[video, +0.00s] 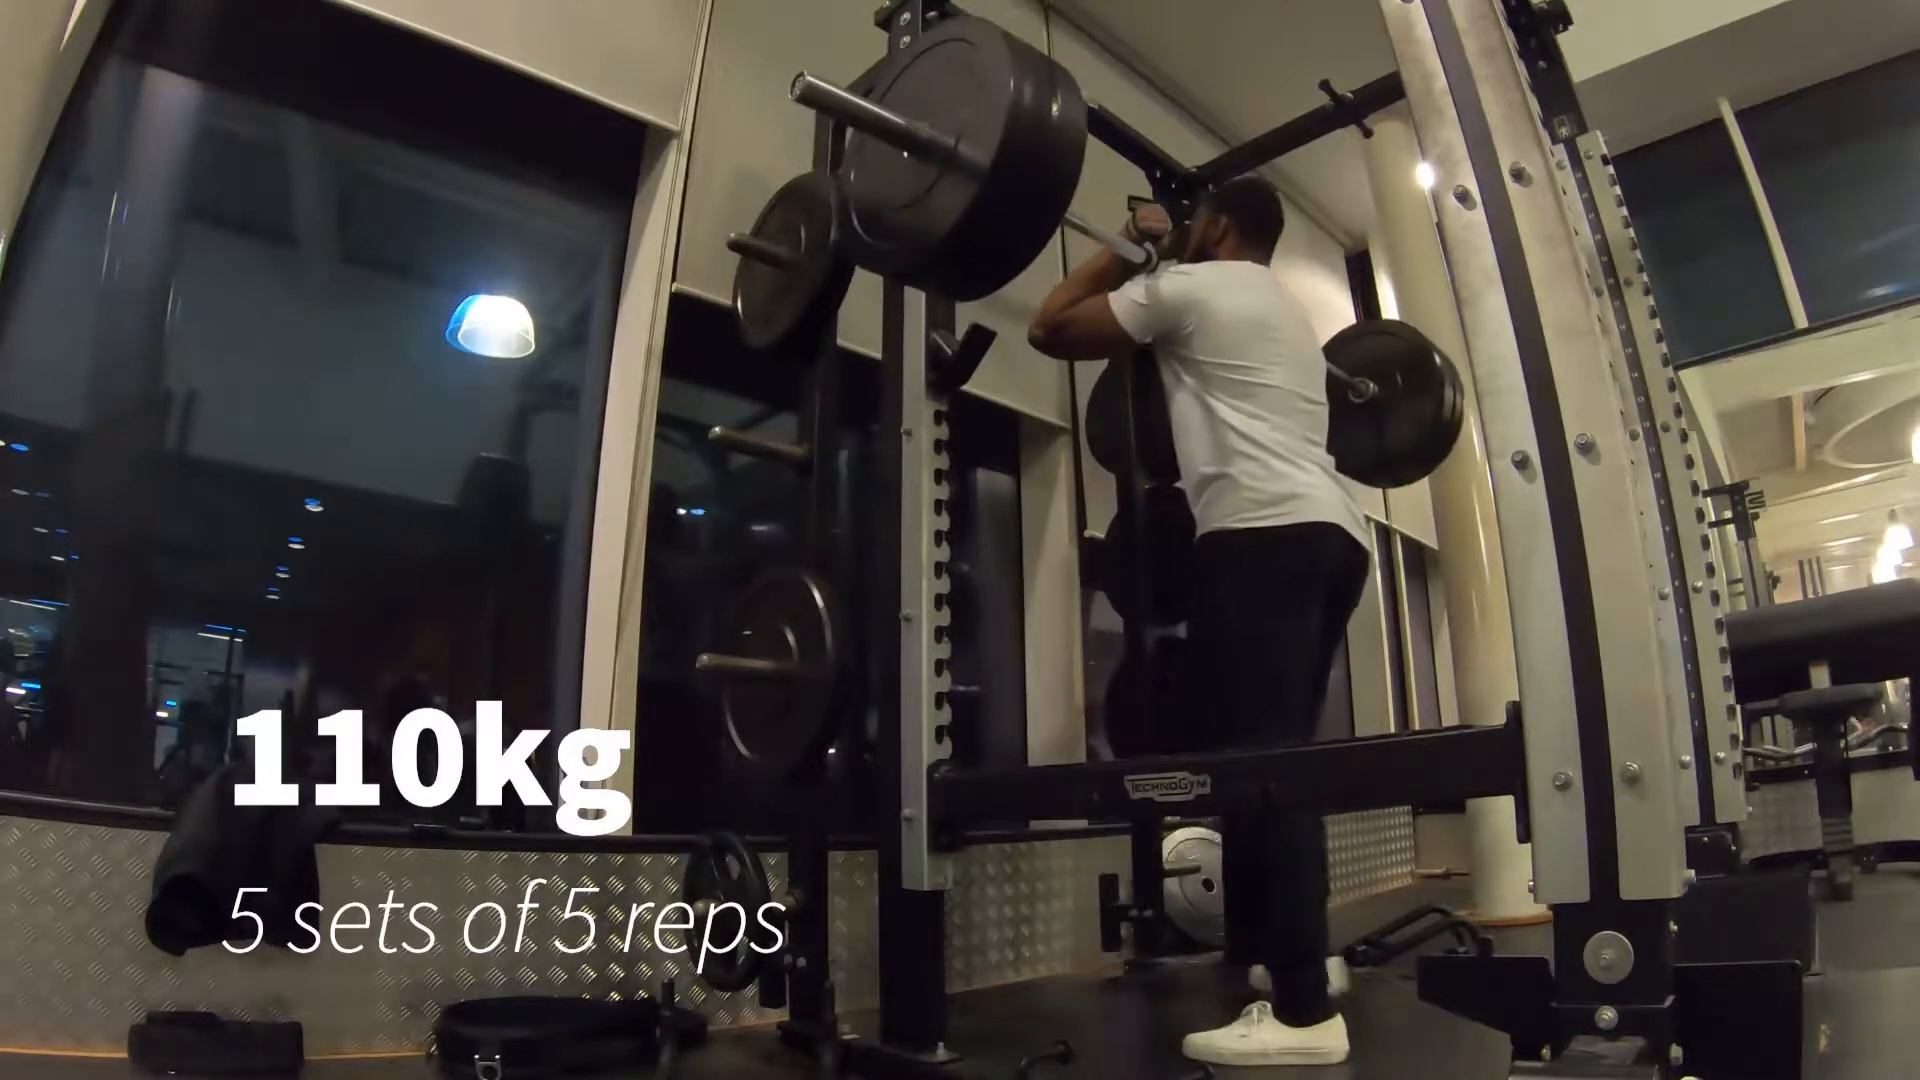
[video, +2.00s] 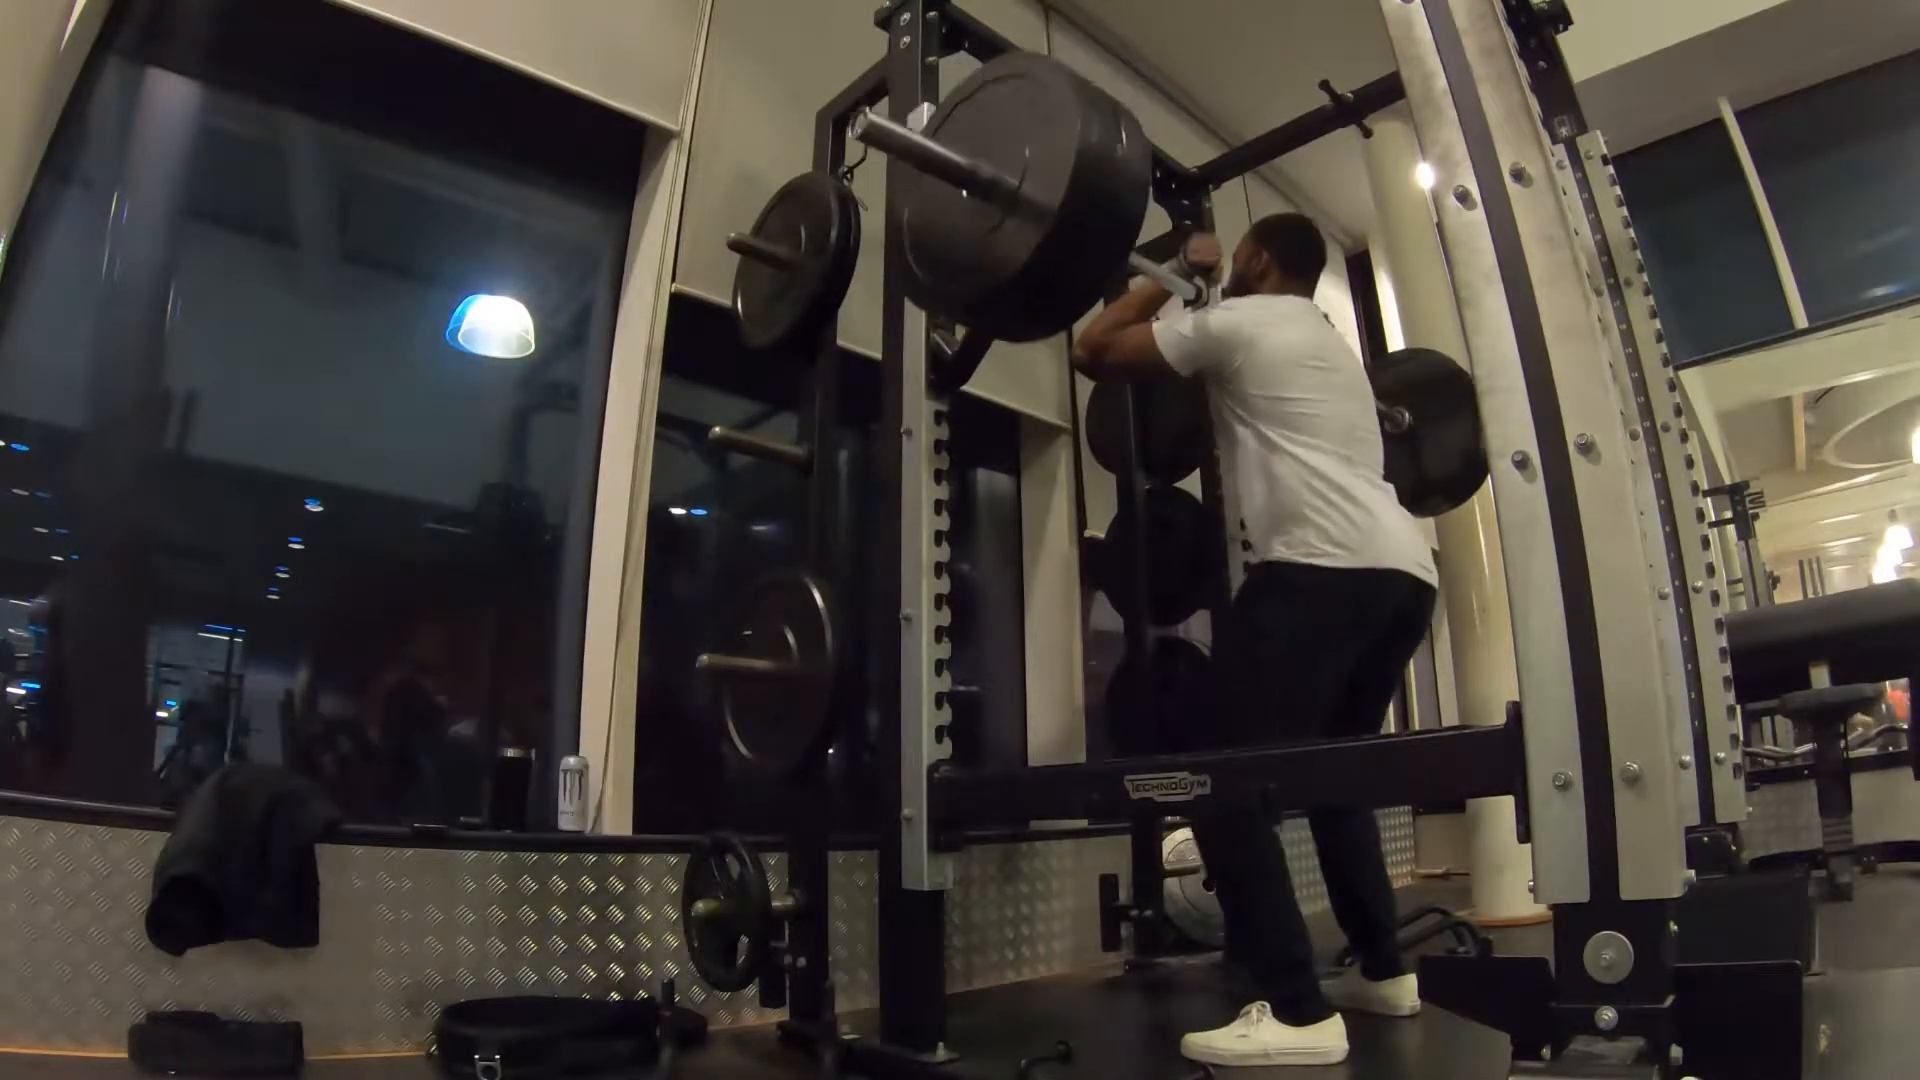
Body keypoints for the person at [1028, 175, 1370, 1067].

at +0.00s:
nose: (1187, 234)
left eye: (1194, 223)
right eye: (1191, 224)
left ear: (1218, 226)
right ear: (1263, 239)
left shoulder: (1194, 291)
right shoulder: (1290, 312)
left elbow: (1049, 326)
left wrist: (1124, 245)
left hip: (1263, 541)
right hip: (1329, 540)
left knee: (1268, 771)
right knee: (1268, 767)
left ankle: (1302, 1013)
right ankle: (1290, 976)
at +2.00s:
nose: (1237, 274)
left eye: (1242, 263)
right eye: (1239, 265)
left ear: (1259, 263)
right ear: (1312, 275)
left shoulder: (1236, 325)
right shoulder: (1333, 341)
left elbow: (1093, 345)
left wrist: (1156, 280)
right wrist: (1212, 286)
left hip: (1312, 573)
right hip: (1405, 578)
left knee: (1229, 783)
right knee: (1335, 769)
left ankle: (1294, 1011)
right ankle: (1384, 970)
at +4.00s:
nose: (1212, 401)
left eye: (1219, 389)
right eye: (1215, 388)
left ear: (1243, 395)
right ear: (1290, 402)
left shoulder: (1232, 464)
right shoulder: (1325, 464)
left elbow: (1089, 514)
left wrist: (1153, 434)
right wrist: (1200, 431)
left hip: (1352, 681)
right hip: (1443, 692)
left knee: (1167, 800)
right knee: (1315, 782)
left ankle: (1291, 1012)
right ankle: (1383, 970)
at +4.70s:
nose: (1206, 252)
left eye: (1212, 240)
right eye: (1210, 242)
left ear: (1235, 241)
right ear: (1278, 251)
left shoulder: (1218, 306)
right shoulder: (1306, 314)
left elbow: (1081, 339)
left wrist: (1147, 270)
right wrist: (1186, 276)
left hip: (1279, 546)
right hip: (1361, 546)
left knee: (1274, 772)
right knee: (1345, 763)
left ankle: (1300, 1009)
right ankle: (1384, 969)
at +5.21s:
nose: (1213, 251)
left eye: (1219, 240)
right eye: (1215, 241)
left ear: (1243, 241)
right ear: (1289, 250)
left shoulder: (1226, 301)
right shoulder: (1320, 311)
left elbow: (1087, 330)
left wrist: (1156, 260)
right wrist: (1195, 274)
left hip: (1297, 541)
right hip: (1383, 542)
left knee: (1270, 770)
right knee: (1352, 763)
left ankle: (1298, 1009)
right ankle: (1386, 970)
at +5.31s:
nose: (1212, 257)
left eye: (1219, 249)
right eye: (1217, 248)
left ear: (1240, 252)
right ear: (1291, 260)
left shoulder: (1229, 309)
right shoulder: (1324, 319)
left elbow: (1088, 337)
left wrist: (1162, 263)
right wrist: (1195, 271)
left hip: (1317, 544)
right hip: (1406, 548)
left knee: (1261, 769)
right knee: (1359, 761)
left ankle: (1296, 1011)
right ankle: (1386, 973)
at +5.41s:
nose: (1212, 282)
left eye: (1220, 272)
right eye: (1216, 273)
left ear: (1246, 273)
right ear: (1294, 281)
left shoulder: (1234, 332)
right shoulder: (1328, 342)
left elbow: (1090, 366)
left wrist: (1155, 298)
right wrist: (1199, 296)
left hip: (1327, 566)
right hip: (1418, 572)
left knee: (1232, 776)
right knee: (1343, 768)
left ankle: (1294, 1011)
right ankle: (1386, 971)